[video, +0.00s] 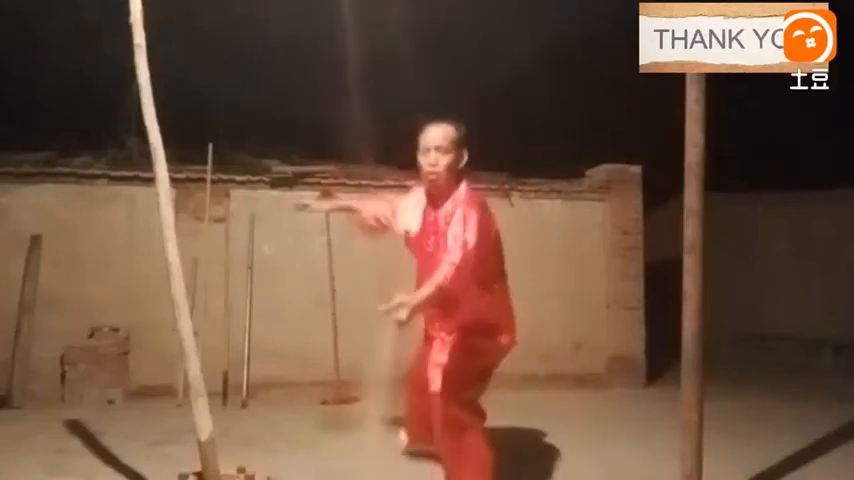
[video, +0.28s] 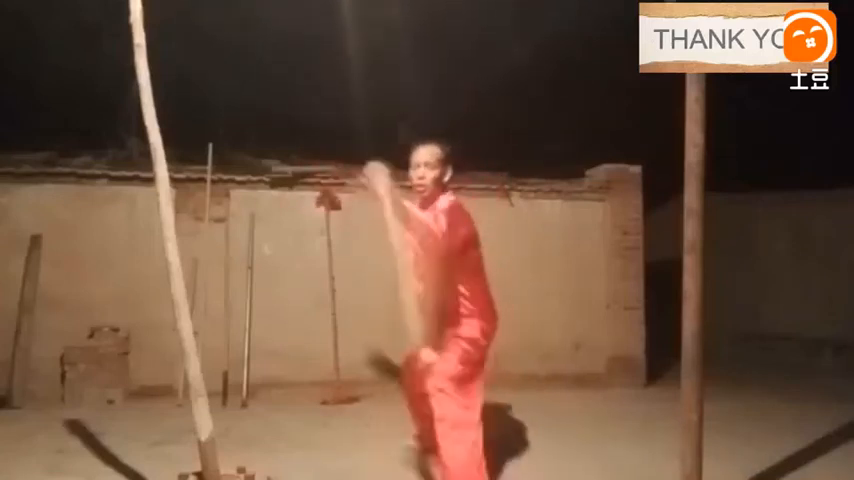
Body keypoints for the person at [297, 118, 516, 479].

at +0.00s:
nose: (431, 160)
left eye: (440, 152)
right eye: (425, 151)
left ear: (460, 157)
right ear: (418, 157)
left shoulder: (468, 205)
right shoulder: (416, 202)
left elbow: (456, 262)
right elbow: (379, 212)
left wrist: (416, 299)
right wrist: (340, 204)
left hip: (480, 326)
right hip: (443, 324)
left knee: (449, 398)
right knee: (420, 384)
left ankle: (472, 472)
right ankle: (425, 442)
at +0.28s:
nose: (418, 175)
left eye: (427, 167)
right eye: (414, 167)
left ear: (446, 173)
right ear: (409, 173)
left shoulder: (450, 209)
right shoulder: (422, 212)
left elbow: (439, 240)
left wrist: (390, 196)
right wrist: (426, 339)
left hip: (472, 321)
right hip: (444, 319)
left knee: (445, 382)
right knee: (416, 370)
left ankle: (466, 470)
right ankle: (432, 447)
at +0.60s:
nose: (416, 199)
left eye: (422, 191)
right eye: (411, 191)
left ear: (433, 195)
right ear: (403, 194)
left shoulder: (439, 230)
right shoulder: (411, 228)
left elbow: (423, 279)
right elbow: (371, 227)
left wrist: (386, 258)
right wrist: (343, 205)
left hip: (462, 332)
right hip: (439, 327)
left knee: (406, 369)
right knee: (401, 365)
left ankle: (439, 443)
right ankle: (420, 435)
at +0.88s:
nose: (402, 264)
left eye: (408, 258)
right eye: (396, 259)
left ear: (418, 260)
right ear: (389, 261)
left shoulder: (430, 293)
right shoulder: (393, 295)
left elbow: (425, 349)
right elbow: (358, 302)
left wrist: (388, 385)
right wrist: (345, 295)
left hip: (460, 369)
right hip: (432, 365)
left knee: (406, 385)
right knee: (393, 387)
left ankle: (433, 443)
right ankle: (415, 436)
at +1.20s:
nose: (398, 273)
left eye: (404, 266)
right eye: (392, 267)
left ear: (415, 269)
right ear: (385, 271)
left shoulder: (427, 300)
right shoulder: (389, 305)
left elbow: (423, 358)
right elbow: (360, 310)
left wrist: (387, 392)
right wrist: (345, 307)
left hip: (461, 376)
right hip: (431, 373)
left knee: (404, 387)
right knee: (390, 387)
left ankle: (434, 443)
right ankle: (416, 440)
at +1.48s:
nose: (398, 247)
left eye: (404, 239)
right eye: (392, 240)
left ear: (415, 241)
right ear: (386, 244)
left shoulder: (427, 272)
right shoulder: (392, 276)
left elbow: (421, 327)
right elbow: (360, 282)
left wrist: (388, 362)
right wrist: (345, 278)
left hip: (463, 348)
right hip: (437, 346)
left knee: (407, 384)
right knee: (397, 376)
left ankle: (436, 442)